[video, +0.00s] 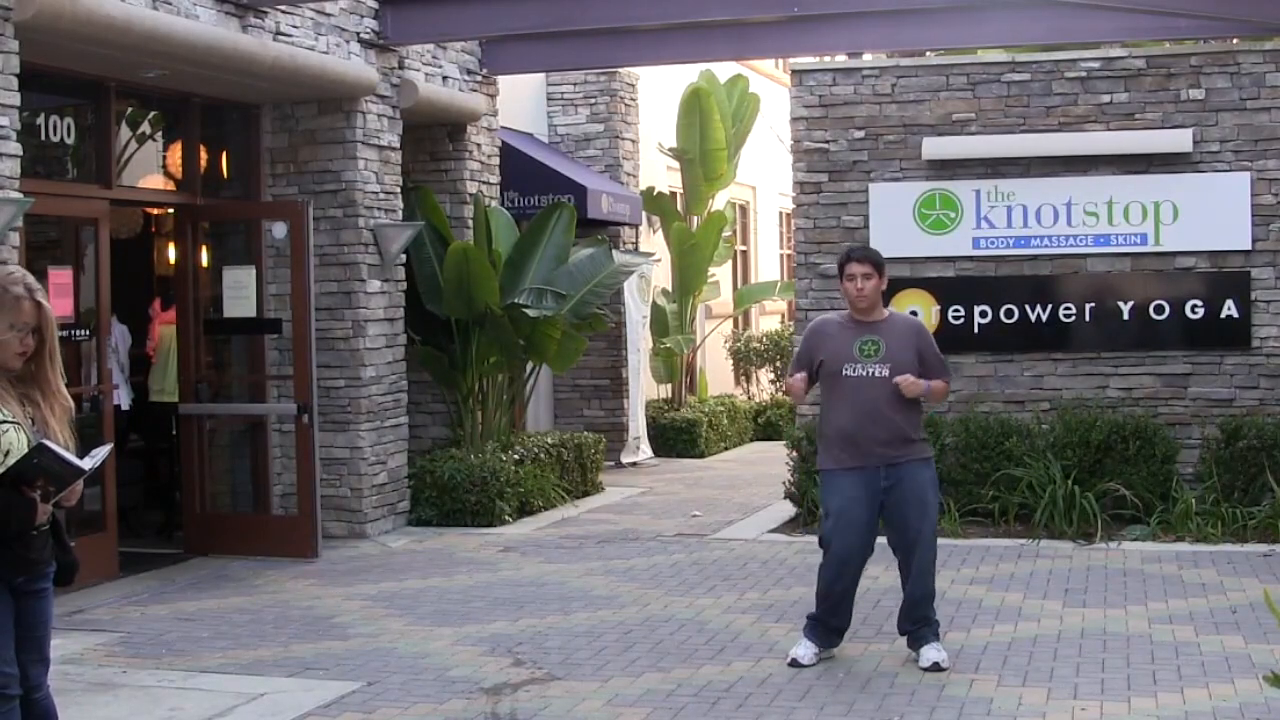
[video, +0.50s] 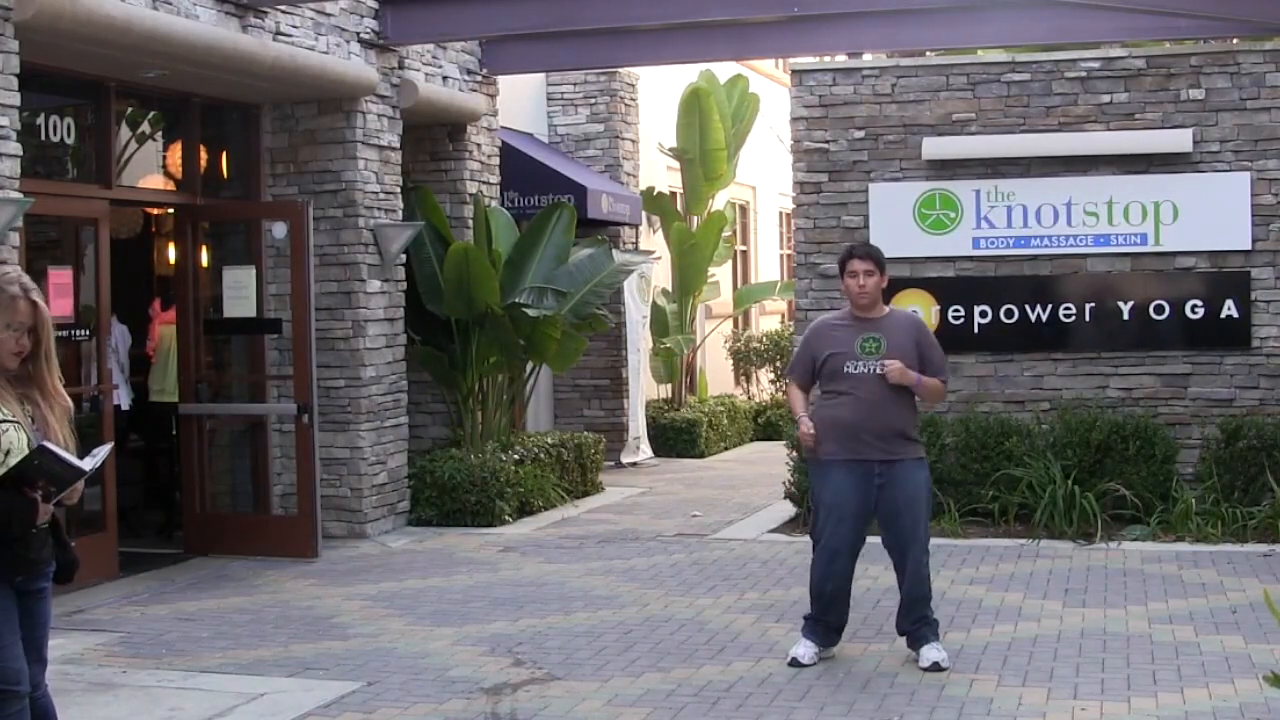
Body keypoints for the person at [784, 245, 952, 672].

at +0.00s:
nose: (859, 286)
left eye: (866, 278)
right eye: (850, 279)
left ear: (882, 282)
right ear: (841, 285)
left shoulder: (912, 329)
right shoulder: (821, 332)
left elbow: (941, 386)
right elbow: (799, 385)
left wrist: (921, 387)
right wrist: (796, 387)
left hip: (908, 459)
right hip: (844, 464)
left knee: (920, 548)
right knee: (842, 551)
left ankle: (925, 636)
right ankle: (820, 635)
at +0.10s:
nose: (858, 288)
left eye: (866, 280)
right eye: (850, 281)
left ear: (882, 284)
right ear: (840, 287)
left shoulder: (911, 334)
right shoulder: (820, 333)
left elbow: (937, 393)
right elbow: (791, 397)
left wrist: (919, 400)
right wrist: (802, 380)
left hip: (905, 462)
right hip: (840, 465)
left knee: (917, 543)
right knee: (843, 552)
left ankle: (923, 637)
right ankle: (821, 636)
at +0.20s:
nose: (857, 287)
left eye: (866, 279)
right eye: (849, 279)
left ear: (881, 284)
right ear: (840, 286)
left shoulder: (909, 334)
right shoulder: (819, 331)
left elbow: (931, 396)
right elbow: (789, 391)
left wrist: (908, 397)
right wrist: (814, 388)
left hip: (898, 466)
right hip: (833, 466)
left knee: (912, 548)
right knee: (828, 553)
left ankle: (923, 637)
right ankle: (819, 636)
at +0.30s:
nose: (858, 284)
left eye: (866, 276)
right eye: (850, 277)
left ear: (881, 281)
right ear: (840, 284)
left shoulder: (908, 330)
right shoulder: (820, 330)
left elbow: (930, 396)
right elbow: (793, 388)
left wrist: (904, 390)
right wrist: (817, 405)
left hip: (896, 464)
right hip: (830, 464)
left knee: (911, 547)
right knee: (820, 552)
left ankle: (923, 637)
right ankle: (817, 634)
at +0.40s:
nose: (859, 282)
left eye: (867, 273)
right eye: (851, 274)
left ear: (882, 279)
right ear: (841, 282)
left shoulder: (909, 327)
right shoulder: (820, 330)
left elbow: (933, 396)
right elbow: (795, 385)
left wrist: (905, 380)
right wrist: (810, 417)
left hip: (898, 461)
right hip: (832, 462)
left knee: (910, 551)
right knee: (826, 553)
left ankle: (924, 636)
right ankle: (818, 635)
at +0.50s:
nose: (860, 283)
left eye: (868, 274)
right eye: (852, 275)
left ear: (883, 279)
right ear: (842, 283)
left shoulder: (911, 326)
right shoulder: (821, 331)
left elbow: (938, 392)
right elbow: (796, 383)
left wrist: (909, 378)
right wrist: (802, 416)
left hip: (902, 459)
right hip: (837, 461)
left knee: (913, 551)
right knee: (832, 552)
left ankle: (924, 637)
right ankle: (817, 635)